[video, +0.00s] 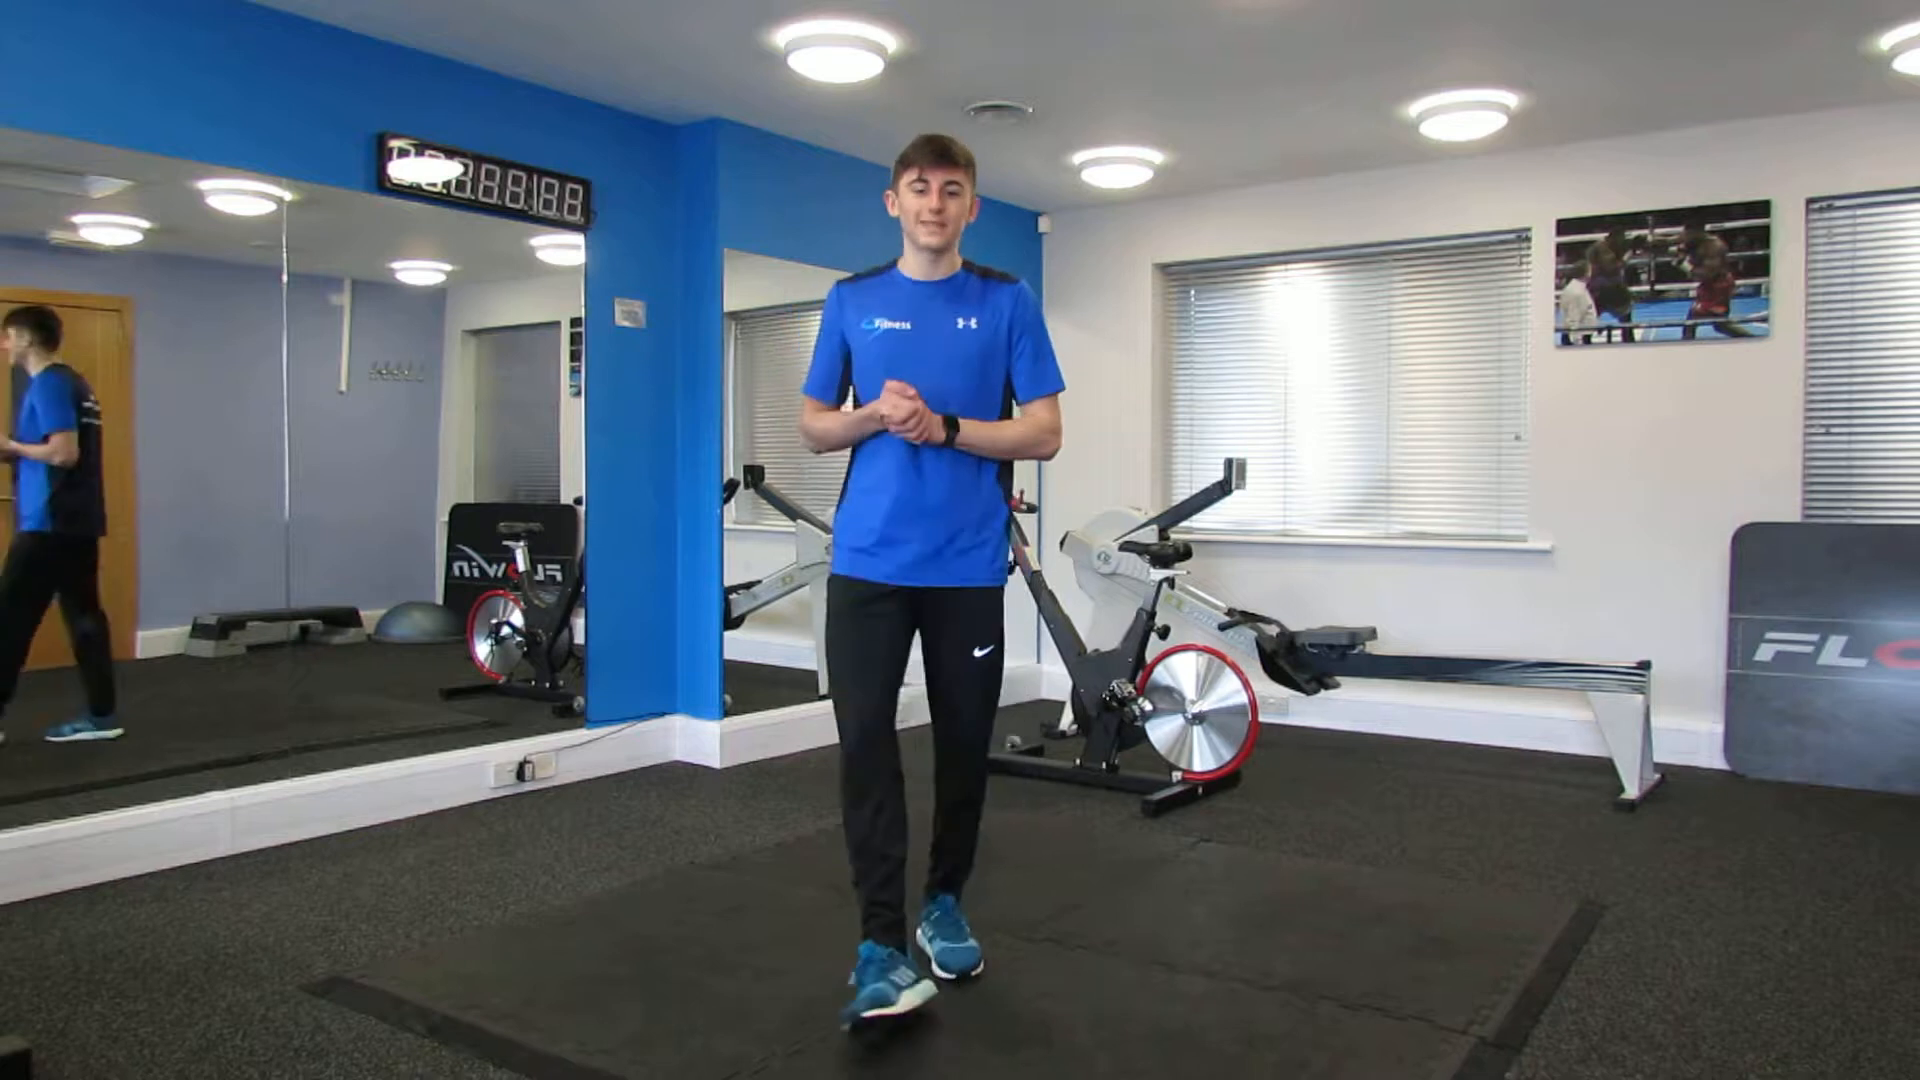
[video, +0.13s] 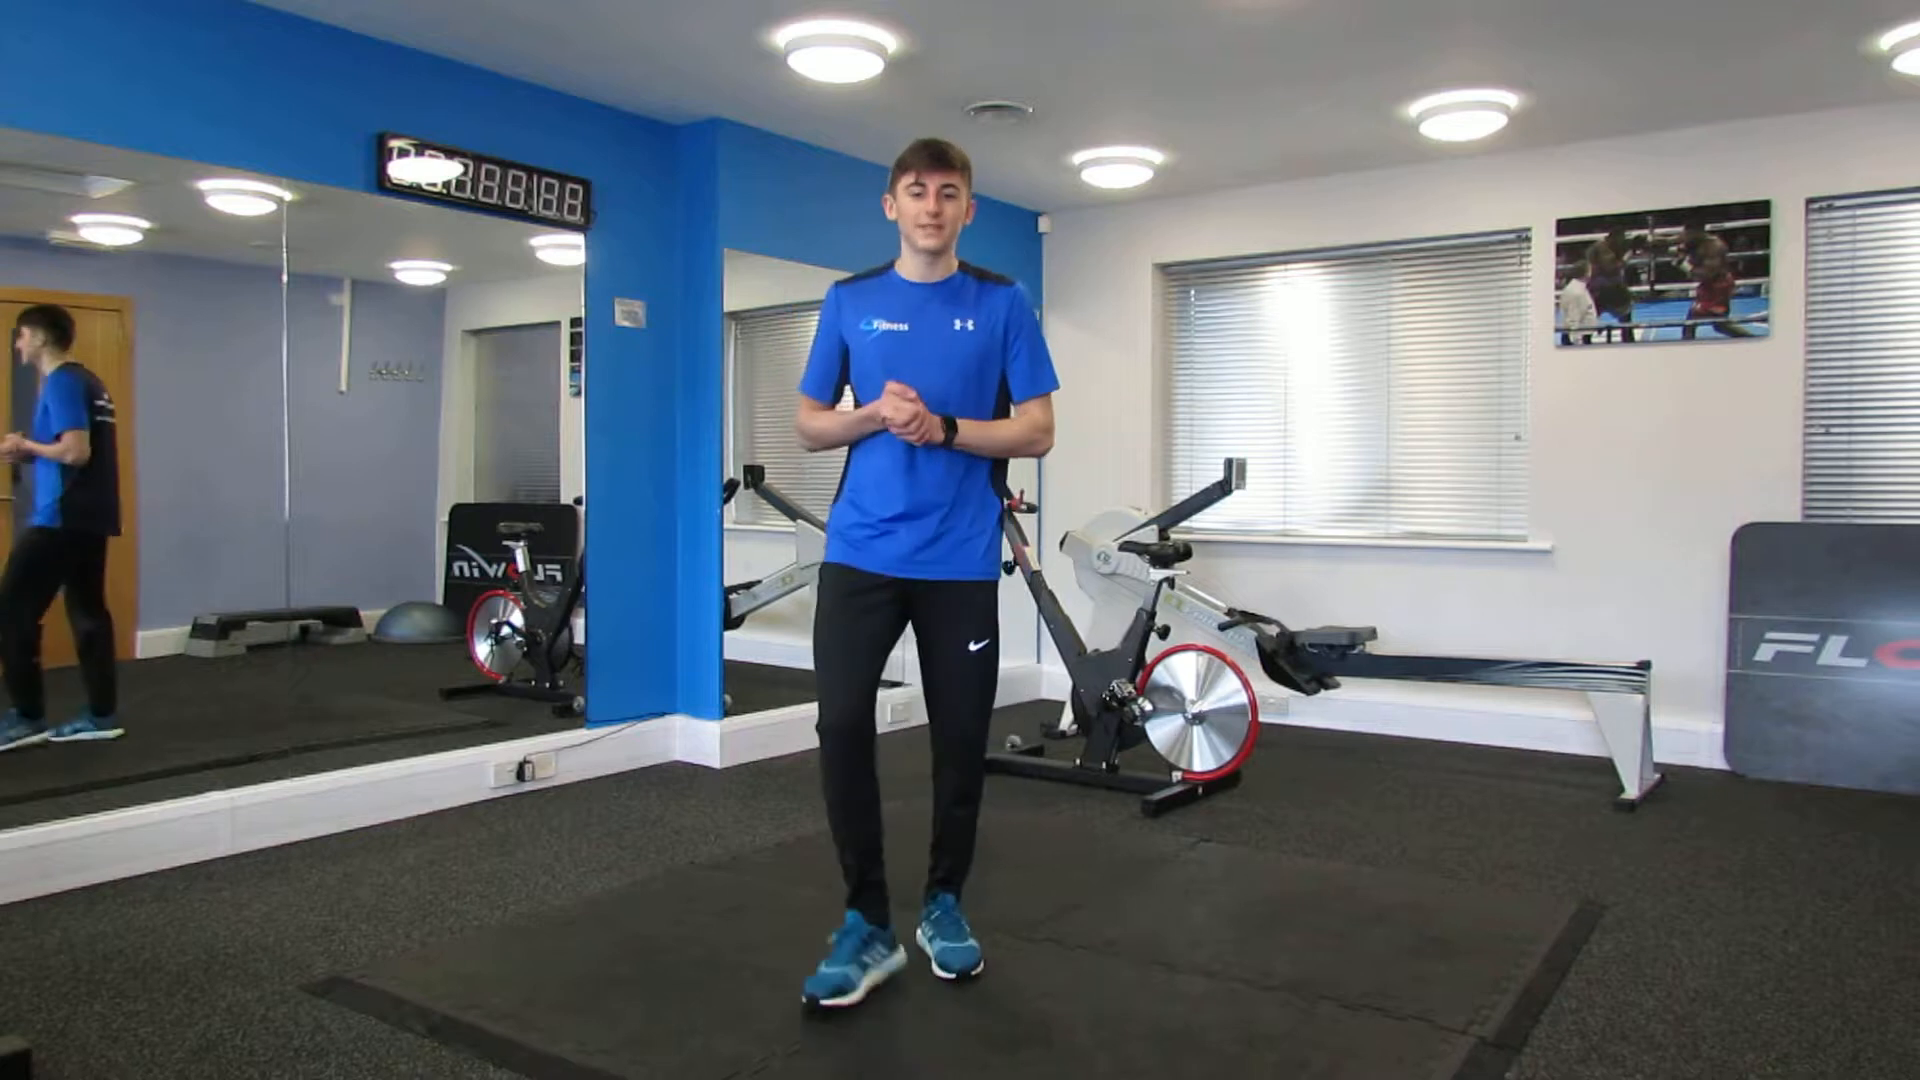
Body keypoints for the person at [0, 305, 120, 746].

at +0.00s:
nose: (5, 347)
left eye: (9, 338)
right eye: (6, 339)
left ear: (27, 340)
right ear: (45, 341)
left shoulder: (48, 384)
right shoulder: (70, 382)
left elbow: (65, 451)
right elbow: (66, 449)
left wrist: (13, 447)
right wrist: (21, 451)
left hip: (46, 529)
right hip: (76, 528)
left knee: (12, 623)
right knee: (85, 616)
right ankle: (102, 714)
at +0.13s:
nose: (17, 345)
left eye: (21, 336)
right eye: (18, 336)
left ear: (40, 337)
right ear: (57, 339)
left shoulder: (61, 381)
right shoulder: (87, 380)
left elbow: (77, 449)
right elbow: (76, 450)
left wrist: (28, 446)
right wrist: (30, 453)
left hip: (57, 523)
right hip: (90, 523)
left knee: (16, 611)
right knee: (89, 613)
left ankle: (27, 715)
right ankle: (103, 714)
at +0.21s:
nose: (25, 345)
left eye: (29, 335)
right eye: (26, 336)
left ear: (50, 336)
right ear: (68, 338)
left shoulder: (68, 380)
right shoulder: (97, 381)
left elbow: (81, 449)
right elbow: (85, 451)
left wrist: (35, 446)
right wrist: (36, 450)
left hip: (63, 523)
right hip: (95, 524)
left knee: (20, 609)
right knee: (91, 613)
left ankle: (65, 708)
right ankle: (104, 714)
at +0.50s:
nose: (40, 338)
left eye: (45, 329)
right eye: (41, 330)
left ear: (65, 333)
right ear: (85, 334)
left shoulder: (78, 379)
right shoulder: (111, 380)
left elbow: (79, 452)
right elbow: (91, 449)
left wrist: (40, 439)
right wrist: (41, 443)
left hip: (83, 523)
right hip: (103, 521)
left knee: (90, 616)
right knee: (93, 615)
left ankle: (121, 718)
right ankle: (101, 713)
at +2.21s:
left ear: (15, 335)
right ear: (41, 336)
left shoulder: (26, 379)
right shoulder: (72, 383)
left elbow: (23, 449)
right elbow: (64, 453)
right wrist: (18, 445)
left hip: (30, 525)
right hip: (63, 524)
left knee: (23, 617)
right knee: (39, 620)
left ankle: (99, 700)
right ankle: (35, 719)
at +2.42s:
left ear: (4, 337)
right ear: (31, 337)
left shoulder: (17, 378)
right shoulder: (58, 384)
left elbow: (12, 445)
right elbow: (54, 450)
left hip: (19, 519)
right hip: (52, 519)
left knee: (14, 610)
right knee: (33, 609)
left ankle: (39, 703)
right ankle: (43, 701)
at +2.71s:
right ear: (7, 335)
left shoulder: (7, 382)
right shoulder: (29, 384)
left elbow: (1, 448)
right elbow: (46, 457)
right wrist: (29, 499)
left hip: (10, 520)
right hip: (28, 519)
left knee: (20, 612)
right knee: (23, 611)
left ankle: (35, 716)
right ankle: (35, 715)